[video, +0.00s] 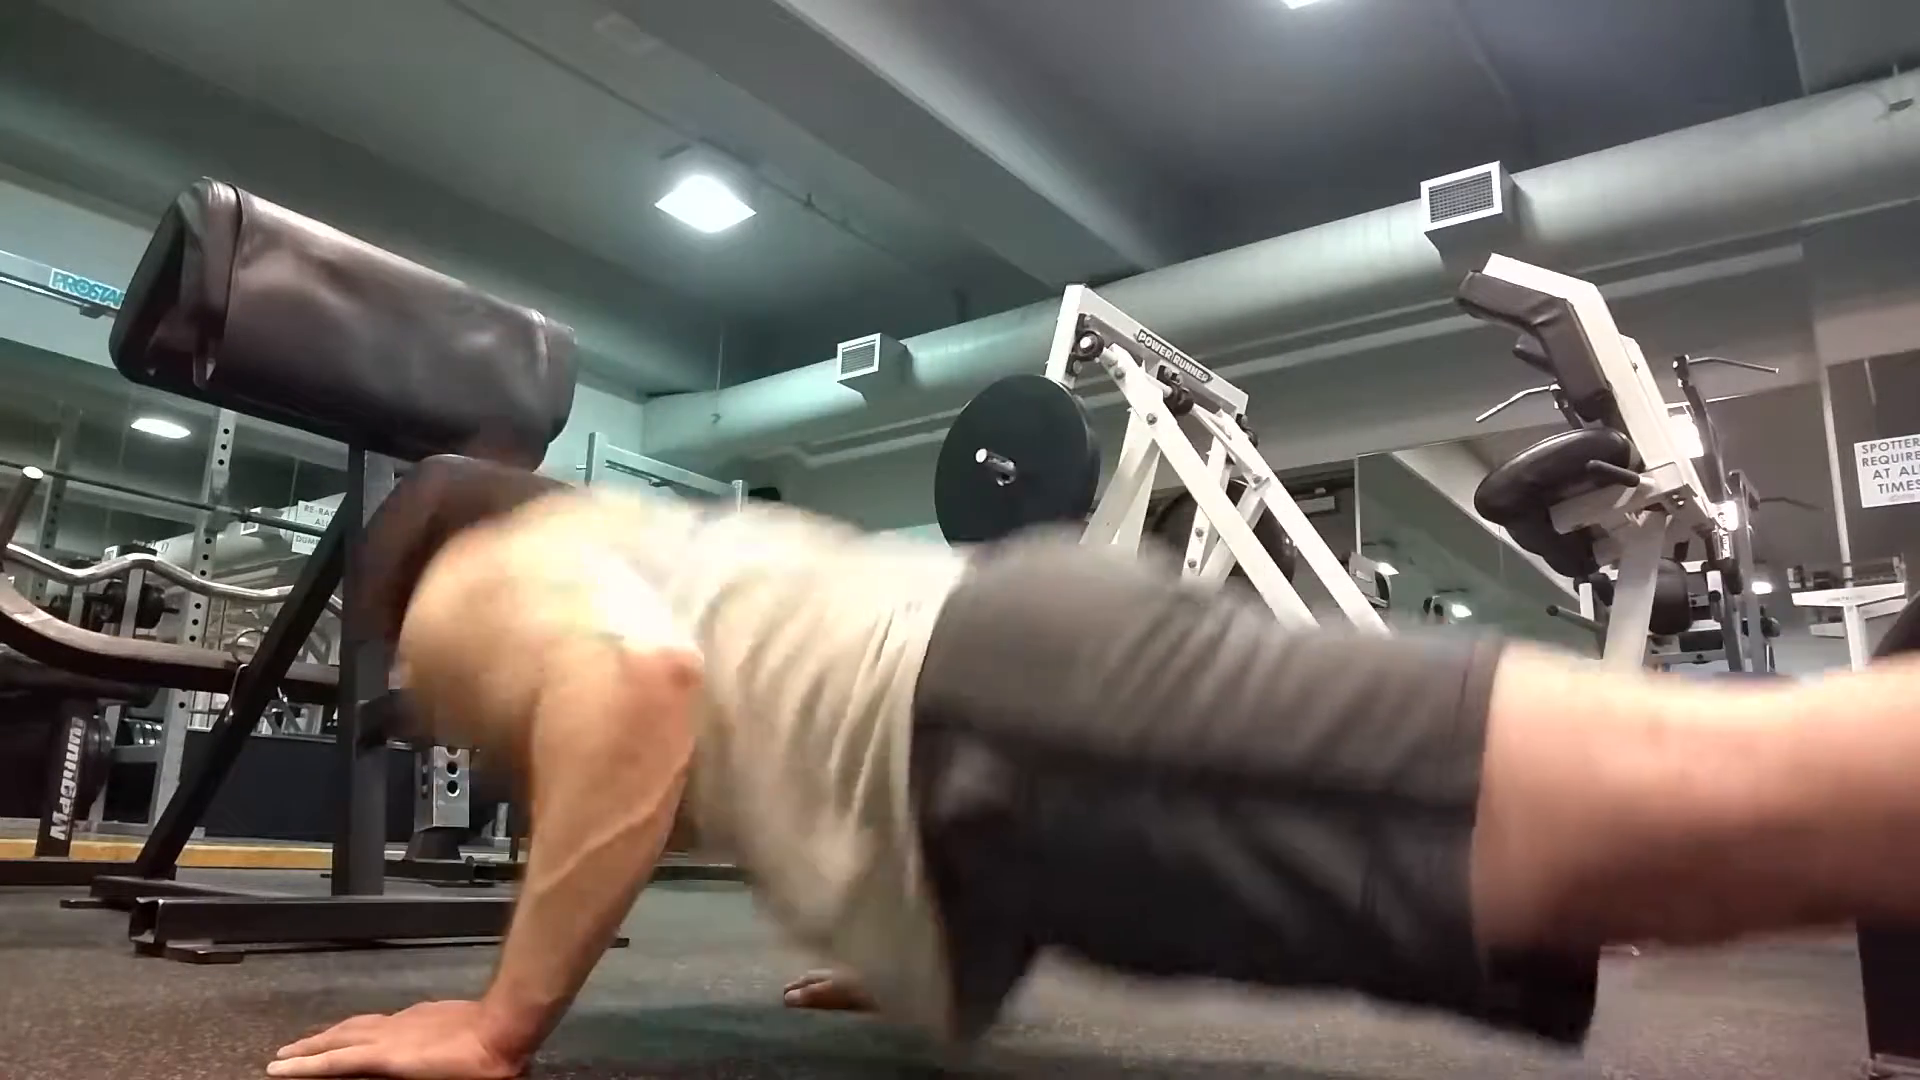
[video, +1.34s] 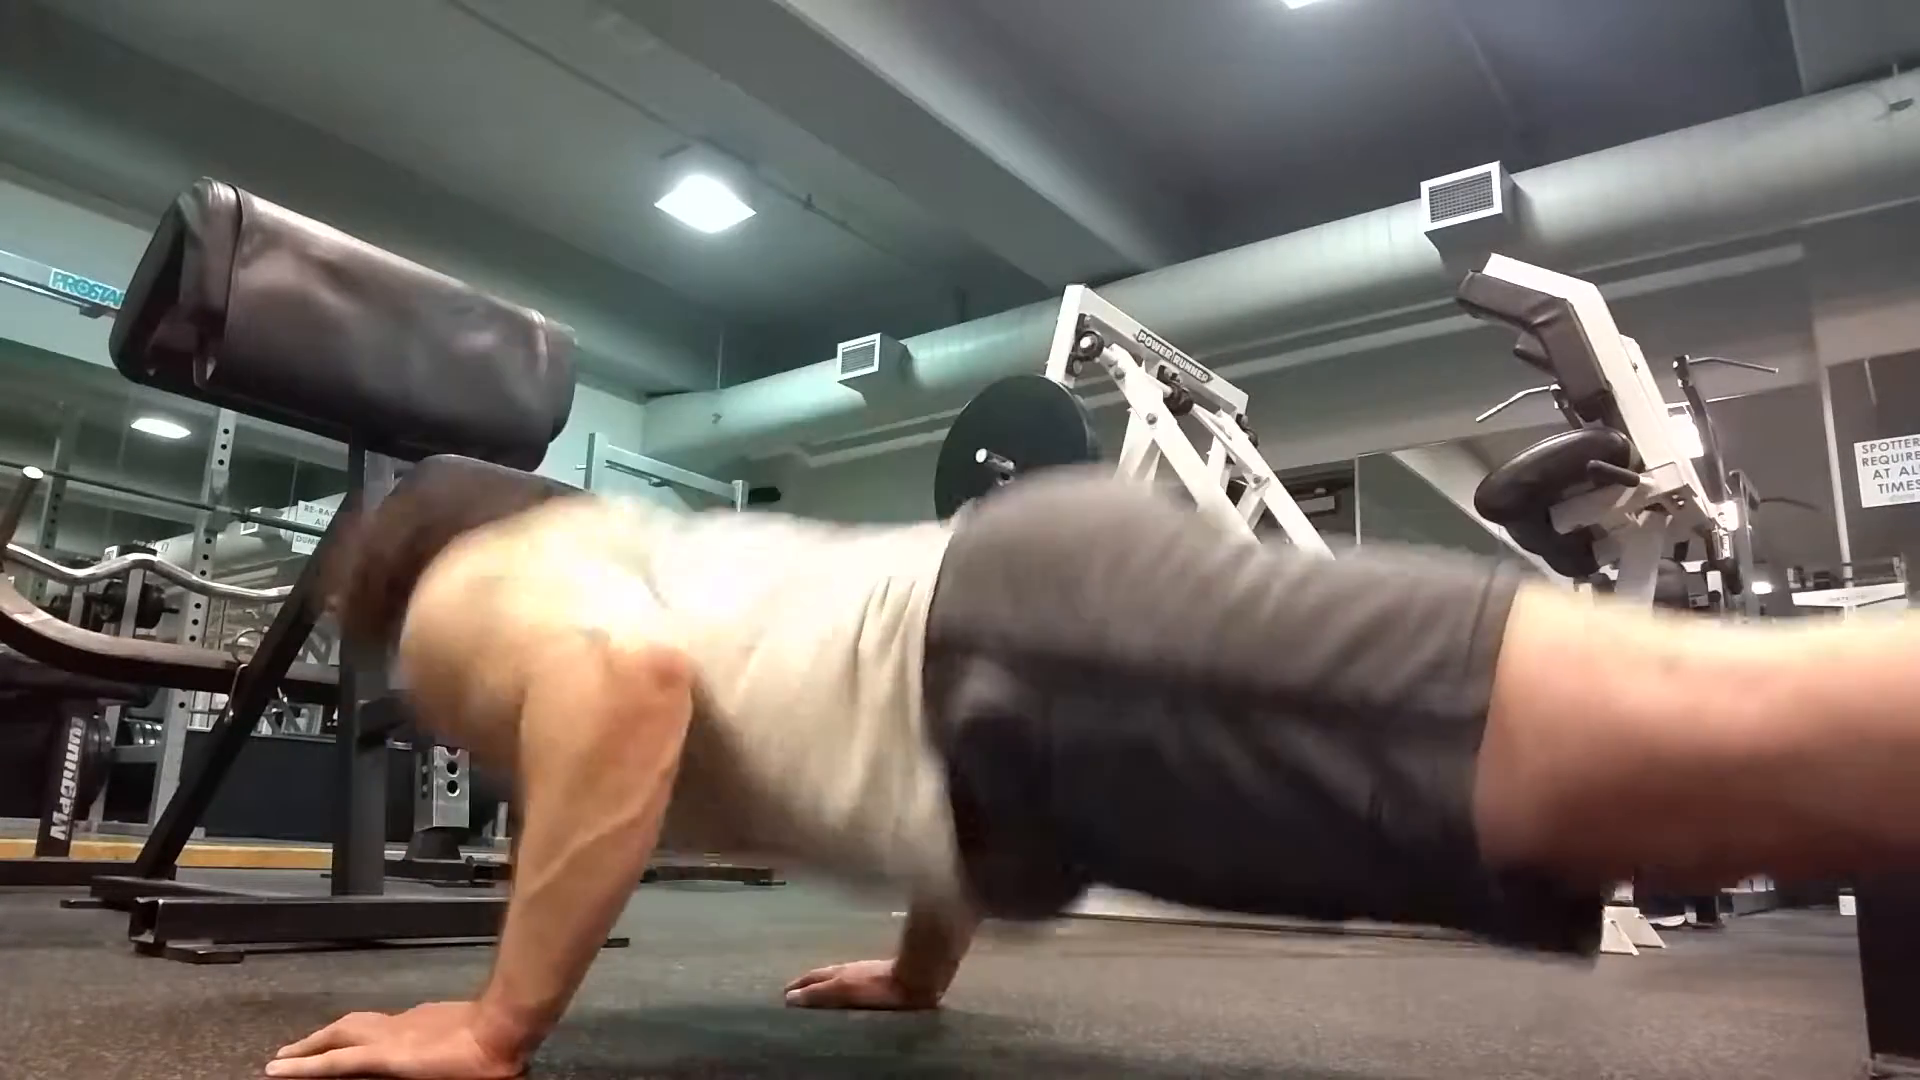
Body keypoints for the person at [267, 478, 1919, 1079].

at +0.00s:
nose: (405, 674)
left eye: (392, 639)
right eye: (399, 651)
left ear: (408, 576)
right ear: (519, 500)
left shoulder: (472, 577)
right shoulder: (659, 538)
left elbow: (628, 693)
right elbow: (849, 645)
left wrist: (494, 1019)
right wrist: (879, 932)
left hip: (995, 715)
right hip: (1029, 687)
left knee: (1712, 812)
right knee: (1704, 805)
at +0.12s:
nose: (451, 518)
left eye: (445, 482)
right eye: (449, 496)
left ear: (463, 416)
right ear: (576, 372)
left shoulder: (530, 432)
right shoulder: (743, 436)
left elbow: (625, 656)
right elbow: (939, 695)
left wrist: (499, 1018)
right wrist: (924, 963)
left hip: (1024, 591)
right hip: (1050, 604)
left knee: (1746, 736)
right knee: (1738, 741)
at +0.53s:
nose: (390, 689)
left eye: (384, 656)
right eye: (383, 670)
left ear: (411, 592)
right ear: (526, 537)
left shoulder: (470, 628)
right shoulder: (669, 595)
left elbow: (645, 703)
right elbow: (900, 715)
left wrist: (499, 1026)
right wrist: (948, 955)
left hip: (1025, 759)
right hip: (1036, 759)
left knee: (1741, 830)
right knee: (1721, 820)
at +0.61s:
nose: (403, 805)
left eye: (389, 779)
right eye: (406, 791)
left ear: (401, 704)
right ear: (510, 640)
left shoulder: (436, 723)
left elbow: (636, 690)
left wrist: (490, 1013)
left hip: (989, 829)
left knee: (1712, 866)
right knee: (1703, 866)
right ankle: (1871, 931)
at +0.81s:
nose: (410, 663)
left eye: (398, 627)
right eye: (405, 639)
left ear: (417, 564)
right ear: (521, 495)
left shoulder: (477, 574)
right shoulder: (656, 538)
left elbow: (629, 688)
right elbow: (866, 665)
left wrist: (496, 1019)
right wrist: (896, 935)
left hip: (1005, 696)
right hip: (1032, 675)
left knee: (1725, 787)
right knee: (1714, 784)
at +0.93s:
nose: (417, 502)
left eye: (419, 467)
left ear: (439, 395)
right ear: (573, 356)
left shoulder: (527, 410)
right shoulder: (733, 425)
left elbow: (610, 648)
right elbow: (912, 678)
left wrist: (497, 1016)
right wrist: (921, 960)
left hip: (1040, 556)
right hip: (1066, 591)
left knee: (1769, 702)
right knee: (1753, 725)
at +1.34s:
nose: (385, 667)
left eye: (375, 636)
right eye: (377, 649)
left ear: (398, 581)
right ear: (512, 517)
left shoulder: (466, 588)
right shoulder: (661, 555)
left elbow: (625, 692)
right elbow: (900, 720)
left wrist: (494, 1021)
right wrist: (923, 966)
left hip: (1028, 646)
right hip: (1063, 691)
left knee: (1708, 733)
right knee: (1677, 798)